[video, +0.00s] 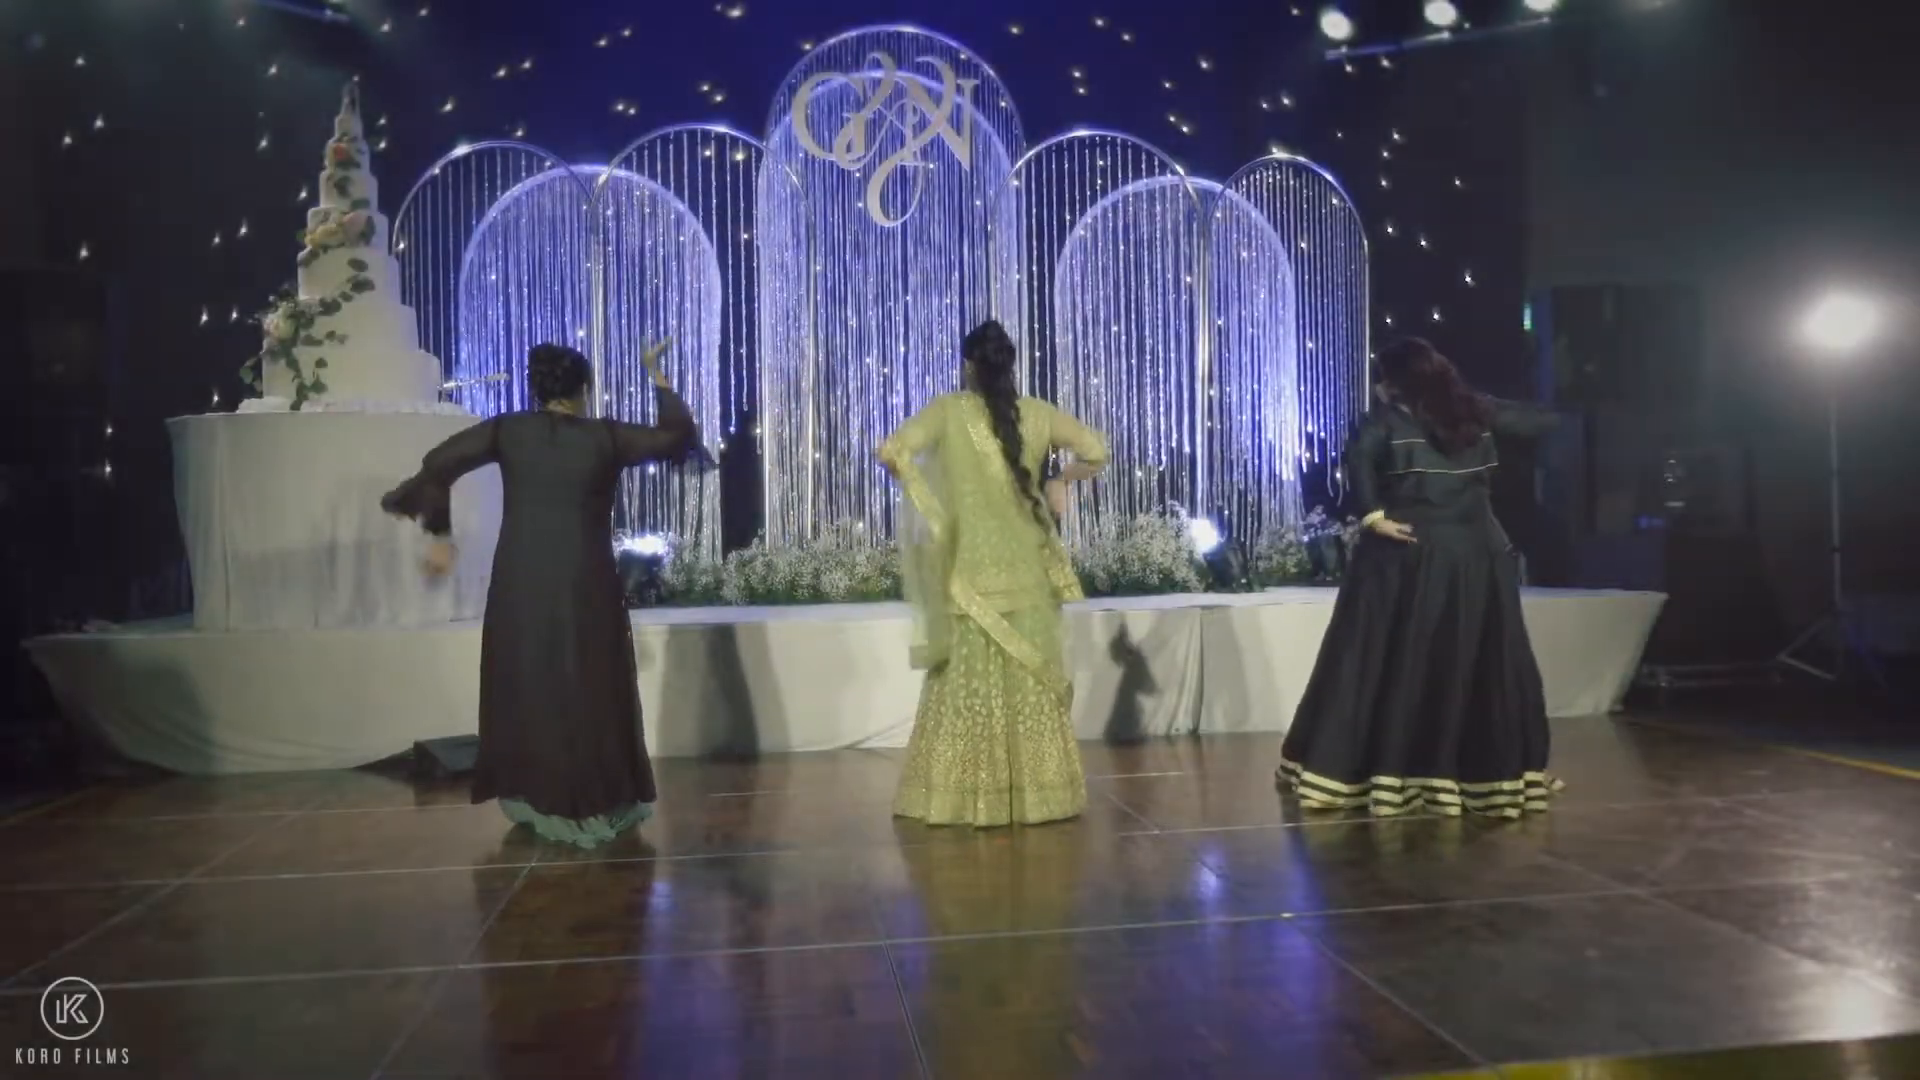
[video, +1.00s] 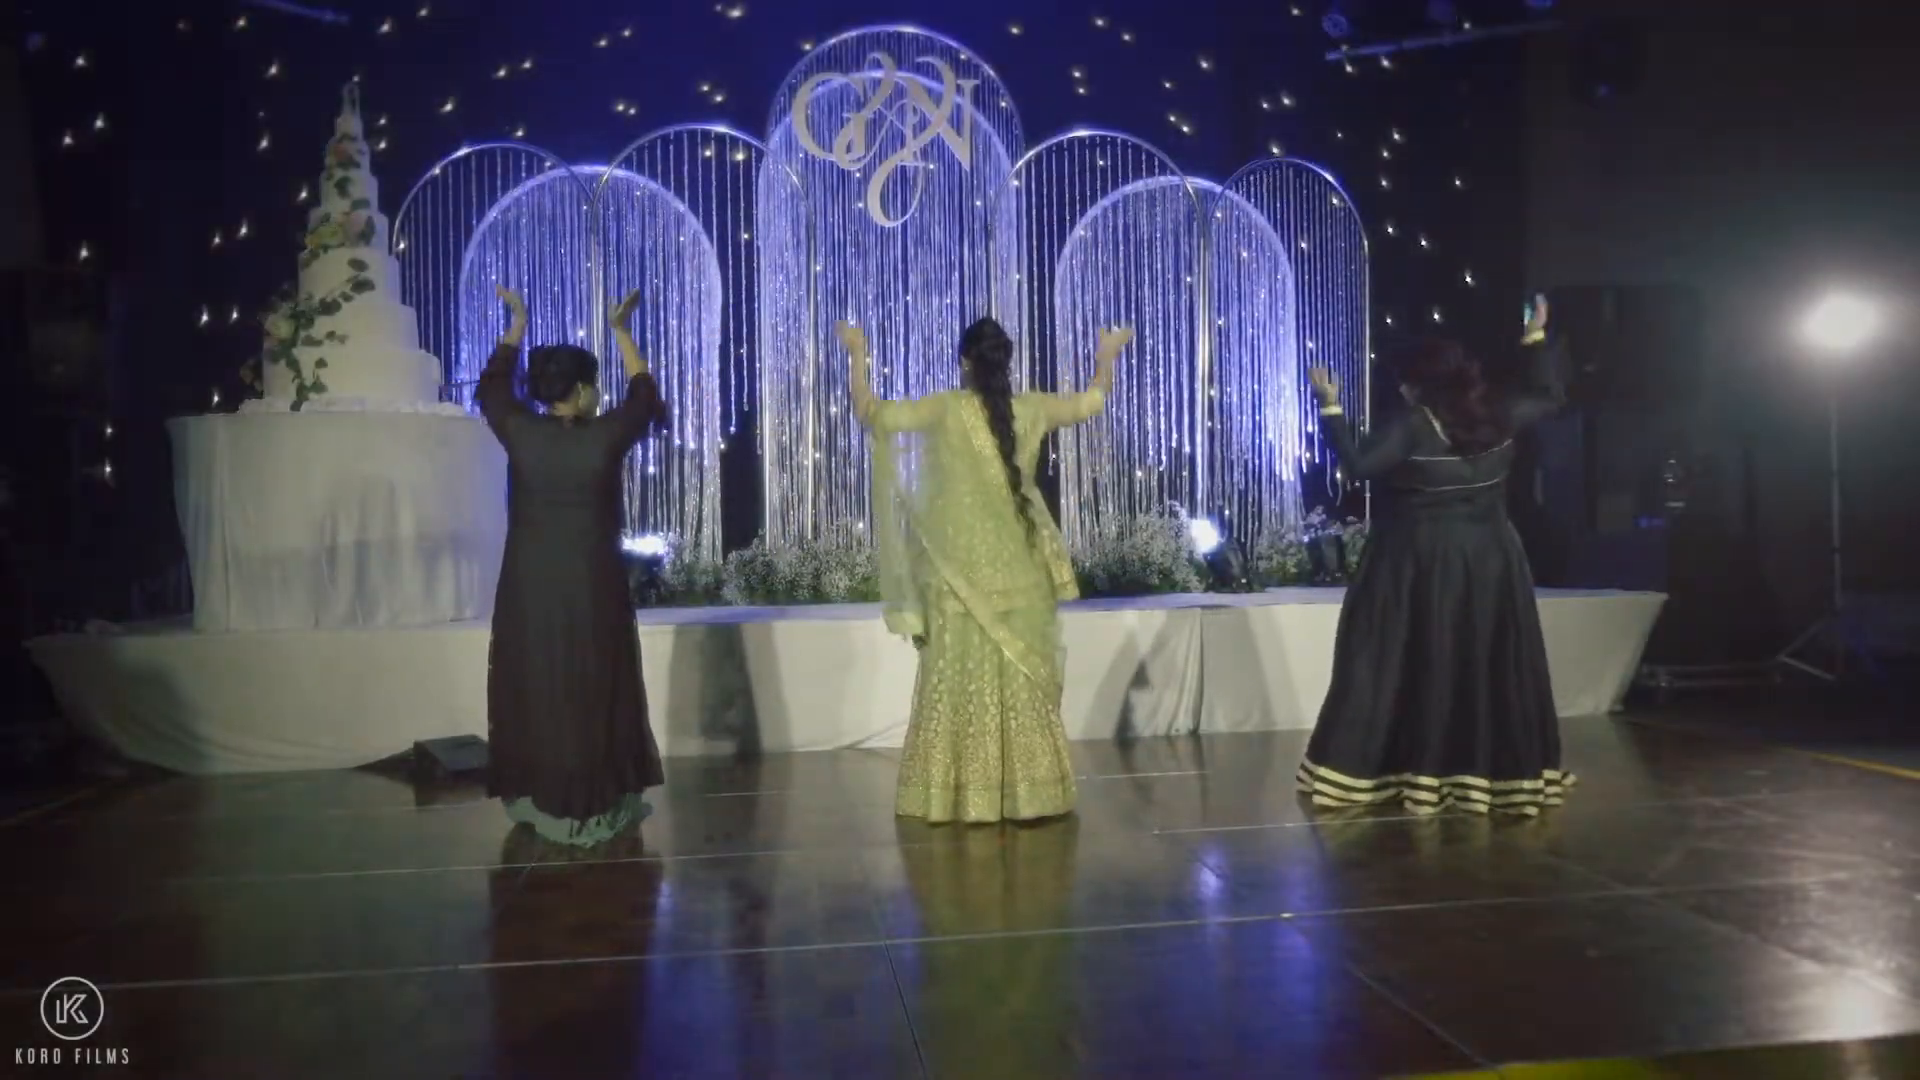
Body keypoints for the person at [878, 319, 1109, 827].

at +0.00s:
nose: (965, 369)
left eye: (965, 361)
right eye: (973, 360)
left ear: (966, 365)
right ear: (1011, 363)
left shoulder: (948, 410)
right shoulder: (1035, 411)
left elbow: (891, 452)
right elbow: (1097, 453)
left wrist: (933, 510)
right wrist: (1061, 481)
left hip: (972, 575)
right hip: (1030, 572)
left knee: (971, 691)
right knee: (1032, 687)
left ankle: (974, 798)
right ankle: (1034, 797)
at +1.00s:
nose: (962, 364)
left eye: (962, 357)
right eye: (972, 356)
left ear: (964, 362)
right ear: (1007, 361)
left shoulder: (944, 408)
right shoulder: (1033, 408)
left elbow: (870, 413)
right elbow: (1093, 402)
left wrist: (857, 354)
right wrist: (1108, 355)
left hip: (960, 565)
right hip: (1022, 565)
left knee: (963, 684)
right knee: (1025, 681)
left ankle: (966, 796)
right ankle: (1028, 796)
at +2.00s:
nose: (959, 366)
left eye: (960, 358)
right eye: (968, 358)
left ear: (962, 363)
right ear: (1005, 362)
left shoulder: (942, 407)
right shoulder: (1029, 408)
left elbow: (875, 430)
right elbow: (1089, 407)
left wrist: (879, 386)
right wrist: (1075, 362)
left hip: (958, 568)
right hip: (1018, 567)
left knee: (958, 685)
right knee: (1022, 681)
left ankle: (962, 795)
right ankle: (1025, 795)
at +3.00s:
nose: (947, 374)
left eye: (947, 368)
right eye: (950, 367)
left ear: (956, 368)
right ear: (993, 365)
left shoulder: (947, 413)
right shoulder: (1031, 414)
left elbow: (889, 461)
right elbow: (1090, 454)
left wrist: (822, 456)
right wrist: (1137, 463)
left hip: (968, 576)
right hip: (1027, 575)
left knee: (968, 688)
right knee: (1029, 685)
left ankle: (967, 795)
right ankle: (1030, 794)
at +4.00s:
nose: (924, 373)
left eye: (933, 364)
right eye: (919, 365)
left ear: (961, 368)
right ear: (917, 370)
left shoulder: (988, 414)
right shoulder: (910, 419)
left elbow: (1030, 474)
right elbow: (875, 467)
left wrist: (976, 484)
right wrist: (879, 526)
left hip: (980, 562)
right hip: (924, 561)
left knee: (979, 670)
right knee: (918, 671)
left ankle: (982, 788)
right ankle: (915, 790)